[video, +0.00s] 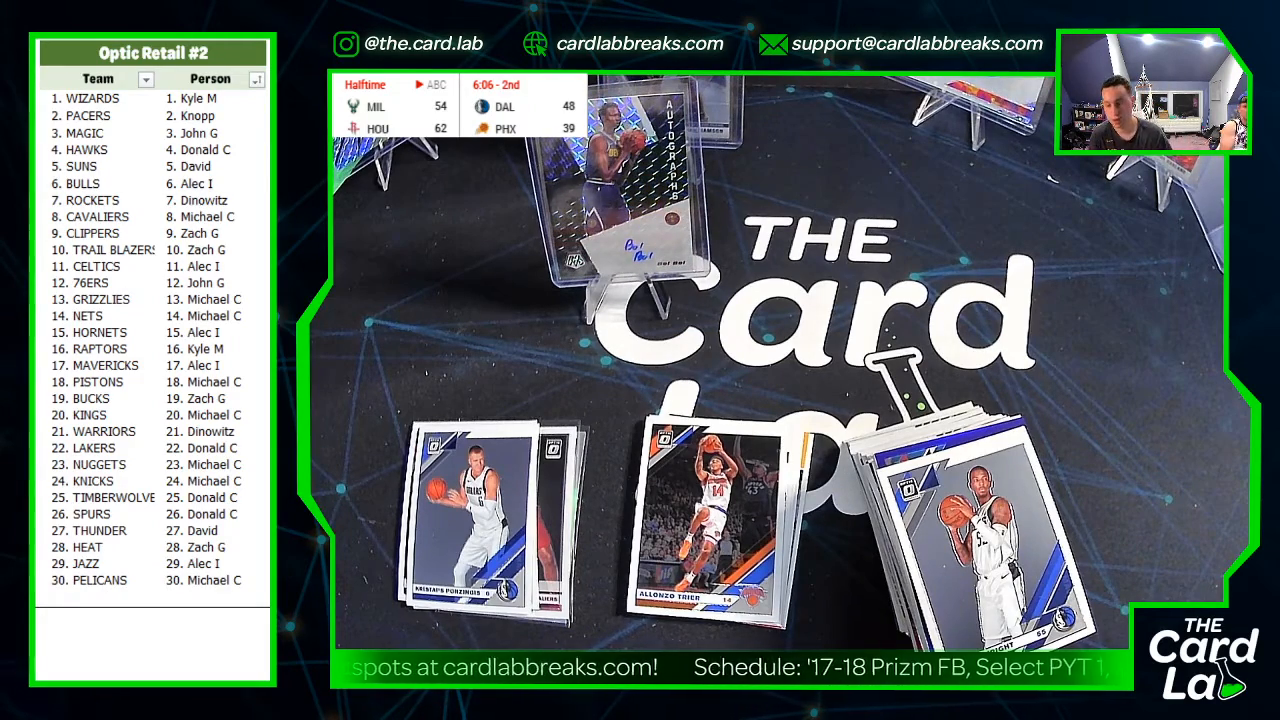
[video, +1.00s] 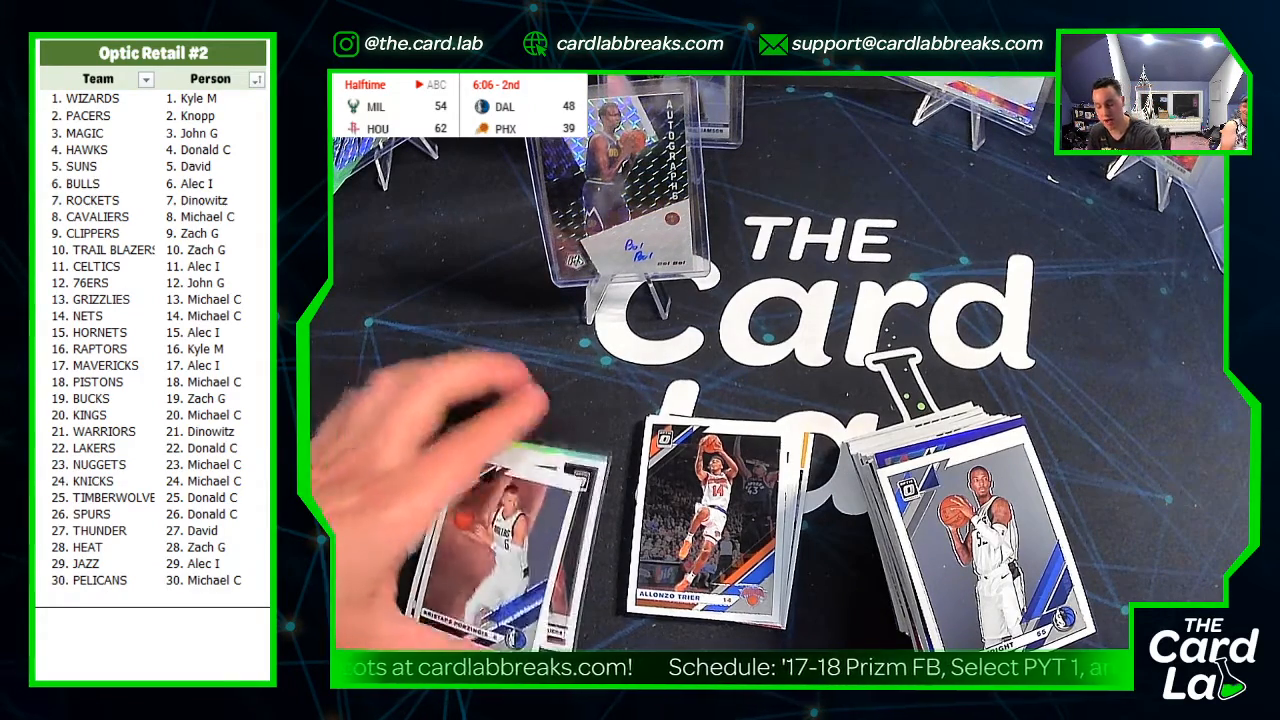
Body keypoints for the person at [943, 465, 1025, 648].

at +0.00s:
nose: (980, 483)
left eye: (984, 479)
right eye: (976, 480)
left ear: (990, 482)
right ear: (970, 485)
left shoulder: (1000, 504)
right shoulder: (975, 518)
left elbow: (997, 539)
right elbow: (965, 559)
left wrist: (973, 517)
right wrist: (953, 530)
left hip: (1007, 579)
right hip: (985, 584)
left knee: (1018, 632)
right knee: (992, 639)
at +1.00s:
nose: (980, 483)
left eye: (984, 479)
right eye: (976, 480)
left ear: (990, 481)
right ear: (970, 485)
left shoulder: (1000, 504)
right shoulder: (975, 517)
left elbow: (997, 539)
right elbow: (965, 559)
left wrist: (973, 517)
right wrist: (953, 530)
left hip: (1007, 579)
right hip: (985, 584)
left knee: (1017, 632)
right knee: (992, 639)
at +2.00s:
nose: (980, 483)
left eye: (984, 479)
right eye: (976, 480)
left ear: (990, 481)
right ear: (970, 485)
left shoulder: (1000, 504)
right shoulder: (974, 517)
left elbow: (996, 538)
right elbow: (965, 559)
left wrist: (972, 516)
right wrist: (953, 530)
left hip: (1007, 579)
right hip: (985, 585)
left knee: (1018, 632)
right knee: (992, 640)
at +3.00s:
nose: (980, 484)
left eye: (983, 479)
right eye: (975, 480)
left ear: (990, 482)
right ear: (970, 486)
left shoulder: (1000, 504)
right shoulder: (974, 517)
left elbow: (996, 538)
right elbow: (965, 559)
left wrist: (972, 517)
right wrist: (953, 531)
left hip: (1007, 579)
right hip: (985, 585)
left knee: (1018, 633)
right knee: (991, 640)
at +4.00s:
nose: (980, 484)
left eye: (983, 480)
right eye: (975, 481)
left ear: (990, 482)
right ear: (970, 486)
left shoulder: (999, 504)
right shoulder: (974, 519)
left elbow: (997, 539)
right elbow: (965, 559)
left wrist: (972, 516)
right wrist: (953, 531)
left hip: (1006, 578)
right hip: (984, 585)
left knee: (1017, 632)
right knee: (991, 639)